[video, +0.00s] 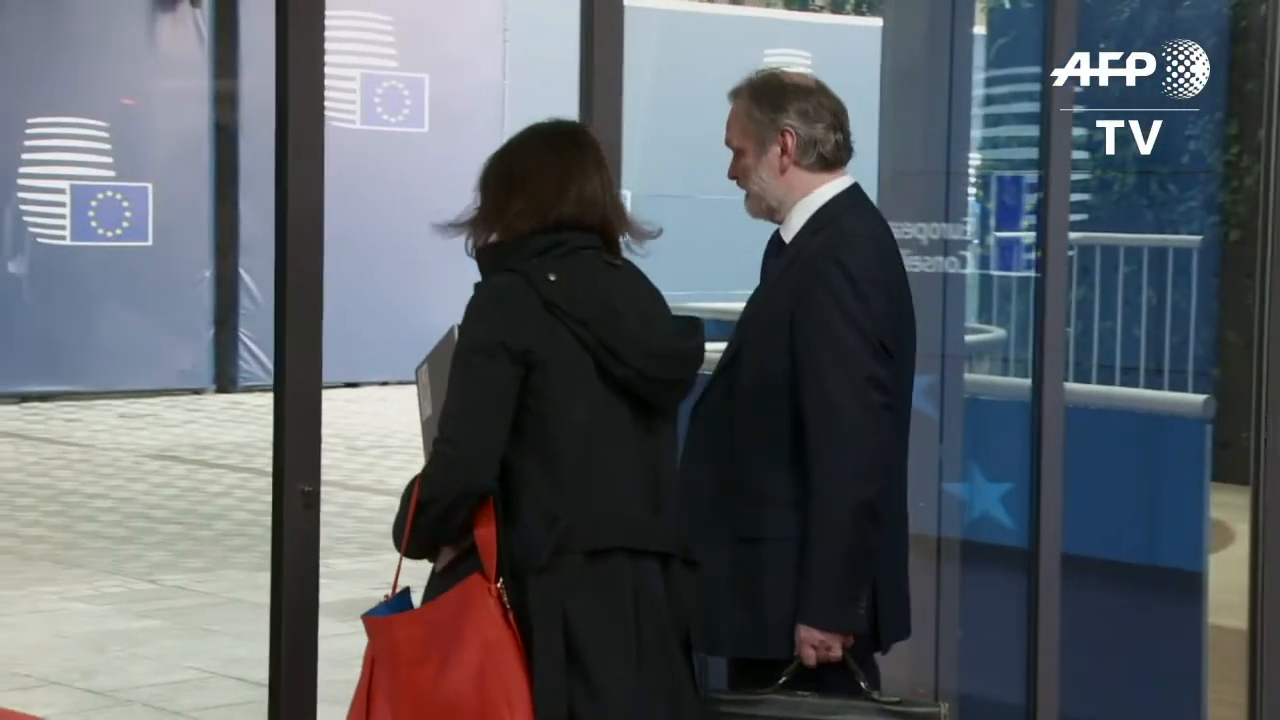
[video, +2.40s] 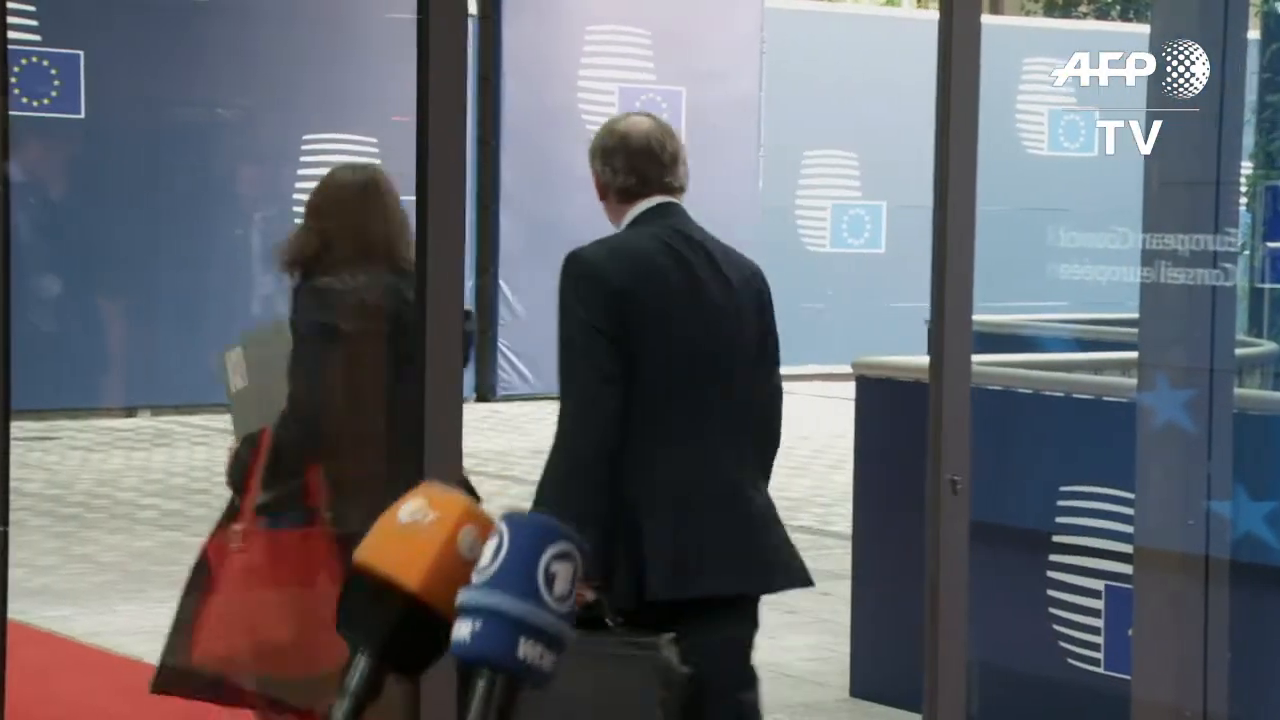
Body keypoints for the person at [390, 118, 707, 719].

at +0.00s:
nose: (488, 215)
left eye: (495, 198)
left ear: (511, 200)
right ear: (599, 196)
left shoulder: (508, 295)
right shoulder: (637, 296)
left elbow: (469, 462)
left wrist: (418, 523)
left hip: (555, 588)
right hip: (646, 584)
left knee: (561, 708)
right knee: (644, 705)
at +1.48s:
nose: (451, 228)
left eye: (457, 211)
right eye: (450, 211)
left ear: (481, 213)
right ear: (547, 204)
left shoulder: (513, 293)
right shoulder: (572, 281)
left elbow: (528, 439)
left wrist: (440, 491)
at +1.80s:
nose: (390, 236)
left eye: (398, 221)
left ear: (416, 229)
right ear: (480, 222)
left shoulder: (441, 310)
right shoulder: (507, 298)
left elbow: (463, 447)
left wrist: (380, 507)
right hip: (548, 551)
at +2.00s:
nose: (360, 236)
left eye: (367, 219)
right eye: (362, 222)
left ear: (389, 216)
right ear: (452, 209)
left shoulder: (406, 284)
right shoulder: (488, 275)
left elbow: (421, 409)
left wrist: (341, 465)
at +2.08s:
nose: (358, 213)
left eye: (364, 199)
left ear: (374, 203)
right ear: (453, 197)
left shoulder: (390, 278)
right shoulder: (480, 267)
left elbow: (404, 404)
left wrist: (327, 457)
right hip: (489, 487)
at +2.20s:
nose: (340, 216)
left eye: (349, 201)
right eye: (345, 201)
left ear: (374, 207)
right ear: (435, 206)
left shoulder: (376, 282)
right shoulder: (471, 276)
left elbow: (381, 407)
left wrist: (305, 454)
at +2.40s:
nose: (307, 227)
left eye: (314, 215)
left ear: (323, 221)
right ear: (389, 220)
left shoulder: (323, 292)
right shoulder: (417, 288)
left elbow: (310, 410)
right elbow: (426, 400)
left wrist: (263, 462)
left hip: (337, 496)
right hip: (410, 491)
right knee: (398, 646)